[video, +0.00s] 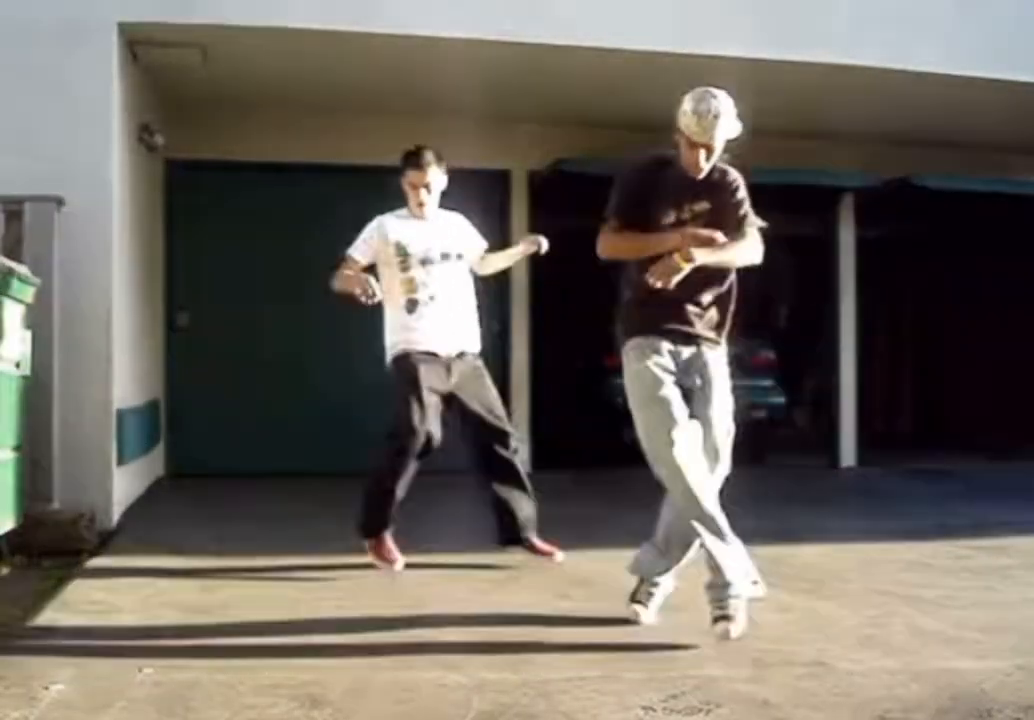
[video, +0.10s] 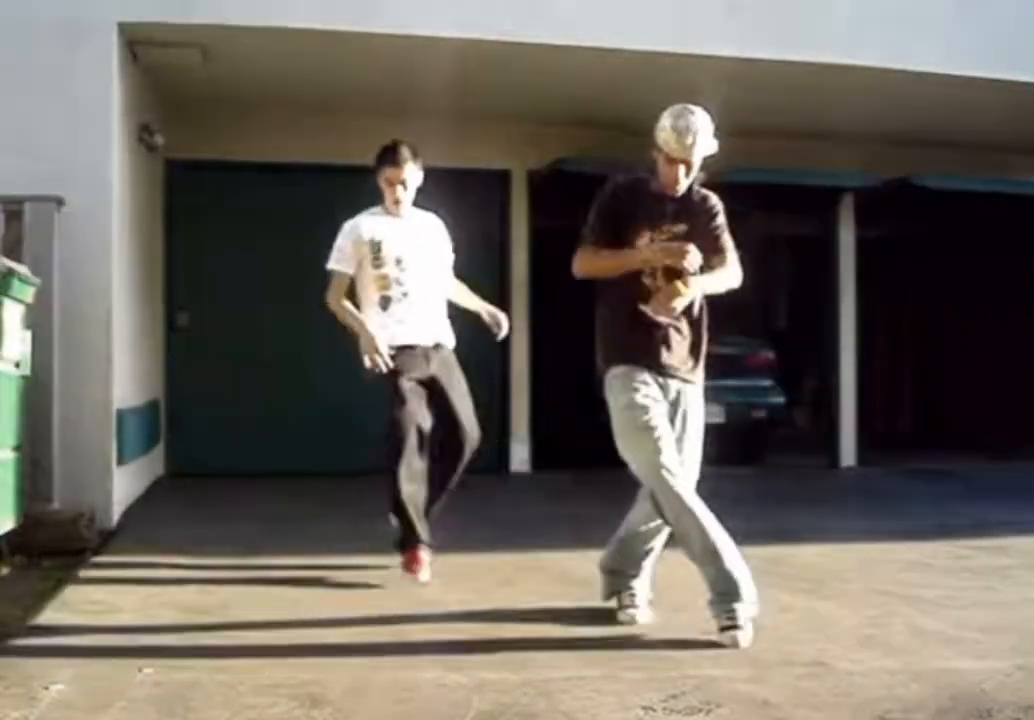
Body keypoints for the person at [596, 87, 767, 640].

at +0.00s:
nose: (700, 157)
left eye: (711, 147)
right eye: (693, 145)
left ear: (725, 141)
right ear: (677, 133)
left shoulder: (728, 183)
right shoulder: (643, 176)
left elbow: (752, 248)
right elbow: (607, 243)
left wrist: (689, 259)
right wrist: (676, 238)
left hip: (707, 340)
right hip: (650, 336)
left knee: (712, 461)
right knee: (674, 451)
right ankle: (732, 576)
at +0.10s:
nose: (678, 173)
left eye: (689, 163)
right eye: (671, 160)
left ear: (703, 160)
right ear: (655, 149)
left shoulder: (706, 206)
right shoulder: (621, 195)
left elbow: (732, 271)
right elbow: (583, 263)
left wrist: (695, 283)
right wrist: (643, 255)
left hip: (686, 365)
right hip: (630, 359)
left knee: (676, 478)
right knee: (663, 474)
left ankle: (625, 574)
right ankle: (732, 595)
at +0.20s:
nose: (649, 154)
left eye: (660, 146)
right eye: (642, 142)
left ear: (672, 143)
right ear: (625, 130)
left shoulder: (678, 181)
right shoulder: (586, 172)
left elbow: (718, 245)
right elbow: (535, 214)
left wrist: (714, 303)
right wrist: (592, 241)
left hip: (666, 346)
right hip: (608, 343)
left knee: (679, 465)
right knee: (619, 462)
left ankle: (640, 569)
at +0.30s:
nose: (633, 145)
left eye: (643, 135)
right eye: (625, 132)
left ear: (655, 133)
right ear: (607, 121)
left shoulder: (659, 172)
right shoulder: (569, 165)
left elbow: (688, 230)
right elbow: (509, 217)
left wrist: (686, 302)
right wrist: (547, 275)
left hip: (651, 340)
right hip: (589, 341)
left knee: (702, 445)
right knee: (584, 458)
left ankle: (694, 566)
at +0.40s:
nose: (622, 159)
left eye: (632, 149)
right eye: (614, 146)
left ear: (643, 149)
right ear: (594, 140)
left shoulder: (643, 201)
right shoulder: (554, 194)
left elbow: (643, 265)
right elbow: (496, 254)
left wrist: (640, 329)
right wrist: (514, 332)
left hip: (632, 365)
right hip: (569, 368)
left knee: (702, 467)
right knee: (550, 486)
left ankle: (766, 575)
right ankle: (474, 577)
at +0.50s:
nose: (615, 162)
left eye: (625, 152)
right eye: (607, 149)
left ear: (640, 156)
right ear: (591, 148)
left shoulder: (634, 210)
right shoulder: (554, 206)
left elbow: (602, 274)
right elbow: (497, 260)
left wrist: (607, 336)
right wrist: (517, 343)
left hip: (629, 367)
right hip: (570, 377)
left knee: (709, 465)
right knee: (554, 495)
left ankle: (776, 571)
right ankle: (478, 589)